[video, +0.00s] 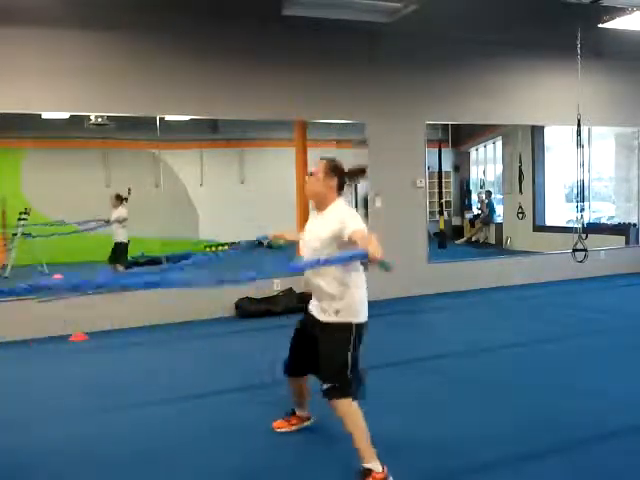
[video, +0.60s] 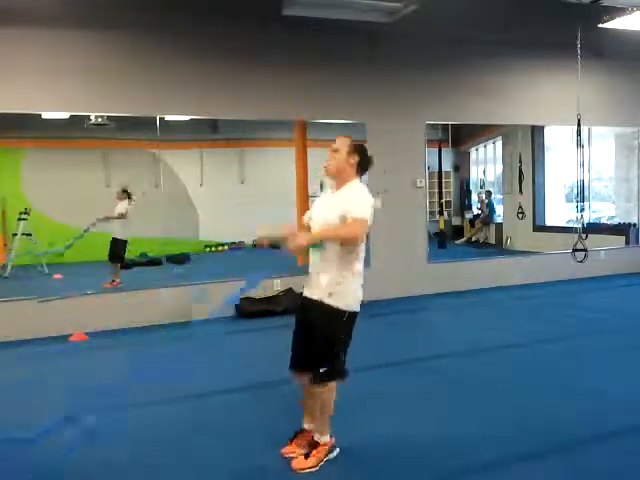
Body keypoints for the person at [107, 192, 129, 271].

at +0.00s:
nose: (112, 202)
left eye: (114, 200)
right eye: (112, 200)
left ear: (118, 201)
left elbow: (124, 218)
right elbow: (112, 219)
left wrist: (113, 221)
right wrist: (106, 220)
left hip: (122, 240)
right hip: (117, 240)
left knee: (119, 263)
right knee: (112, 261)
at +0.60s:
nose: (117, 195)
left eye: (119, 194)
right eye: (118, 193)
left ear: (124, 195)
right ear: (123, 195)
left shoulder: (124, 205)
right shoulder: (120, 204)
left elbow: (122, 216)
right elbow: (116, 217)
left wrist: (108, 217)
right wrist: (102, 219)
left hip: (121, 236)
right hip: (117, 235)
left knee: (116, 260)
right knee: (114, 259)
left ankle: (116, 279)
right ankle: (115, 279)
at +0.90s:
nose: (108, 197)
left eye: (110, 195)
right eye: (109, 195)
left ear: (114, 195)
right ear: (114, 195)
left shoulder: (119, 205)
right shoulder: (113, 205)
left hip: (121, 234)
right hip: (116, 234)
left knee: (120, 259)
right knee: (116, 259)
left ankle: (122, 280)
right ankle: (118, 278)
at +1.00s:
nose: (108, 201)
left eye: (109, 199)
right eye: (108, 199)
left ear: (113, 200)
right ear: (112, 200)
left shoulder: (116, 210)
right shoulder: (111, 210)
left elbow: (109, 219)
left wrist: (106, 212)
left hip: (119, 237)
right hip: (115, 236)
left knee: (116, 260)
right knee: (110, 260)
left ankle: (122, 280)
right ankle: (116, 279)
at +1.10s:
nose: (106, 196)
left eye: (108, 193)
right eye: (106, 193)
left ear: (113, 194)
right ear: (113, 195)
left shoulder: (115, 205)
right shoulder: (109, 206)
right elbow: (101, 216)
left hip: (114, 233)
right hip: (109, 233)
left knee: (112, 258)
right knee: (111, 258)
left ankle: (115, 279)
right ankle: (114, 278)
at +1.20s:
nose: (109, 192)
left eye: (111, 190)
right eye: (110, 189)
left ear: (116, 191)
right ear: (114, 190)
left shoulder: (118, 200)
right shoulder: (111, 200)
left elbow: (117, 210)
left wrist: (102, 209)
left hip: (111, 229)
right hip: (105, 228)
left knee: (105, 254)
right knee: (103, 254)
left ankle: (108, 275)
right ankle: (107, 274)